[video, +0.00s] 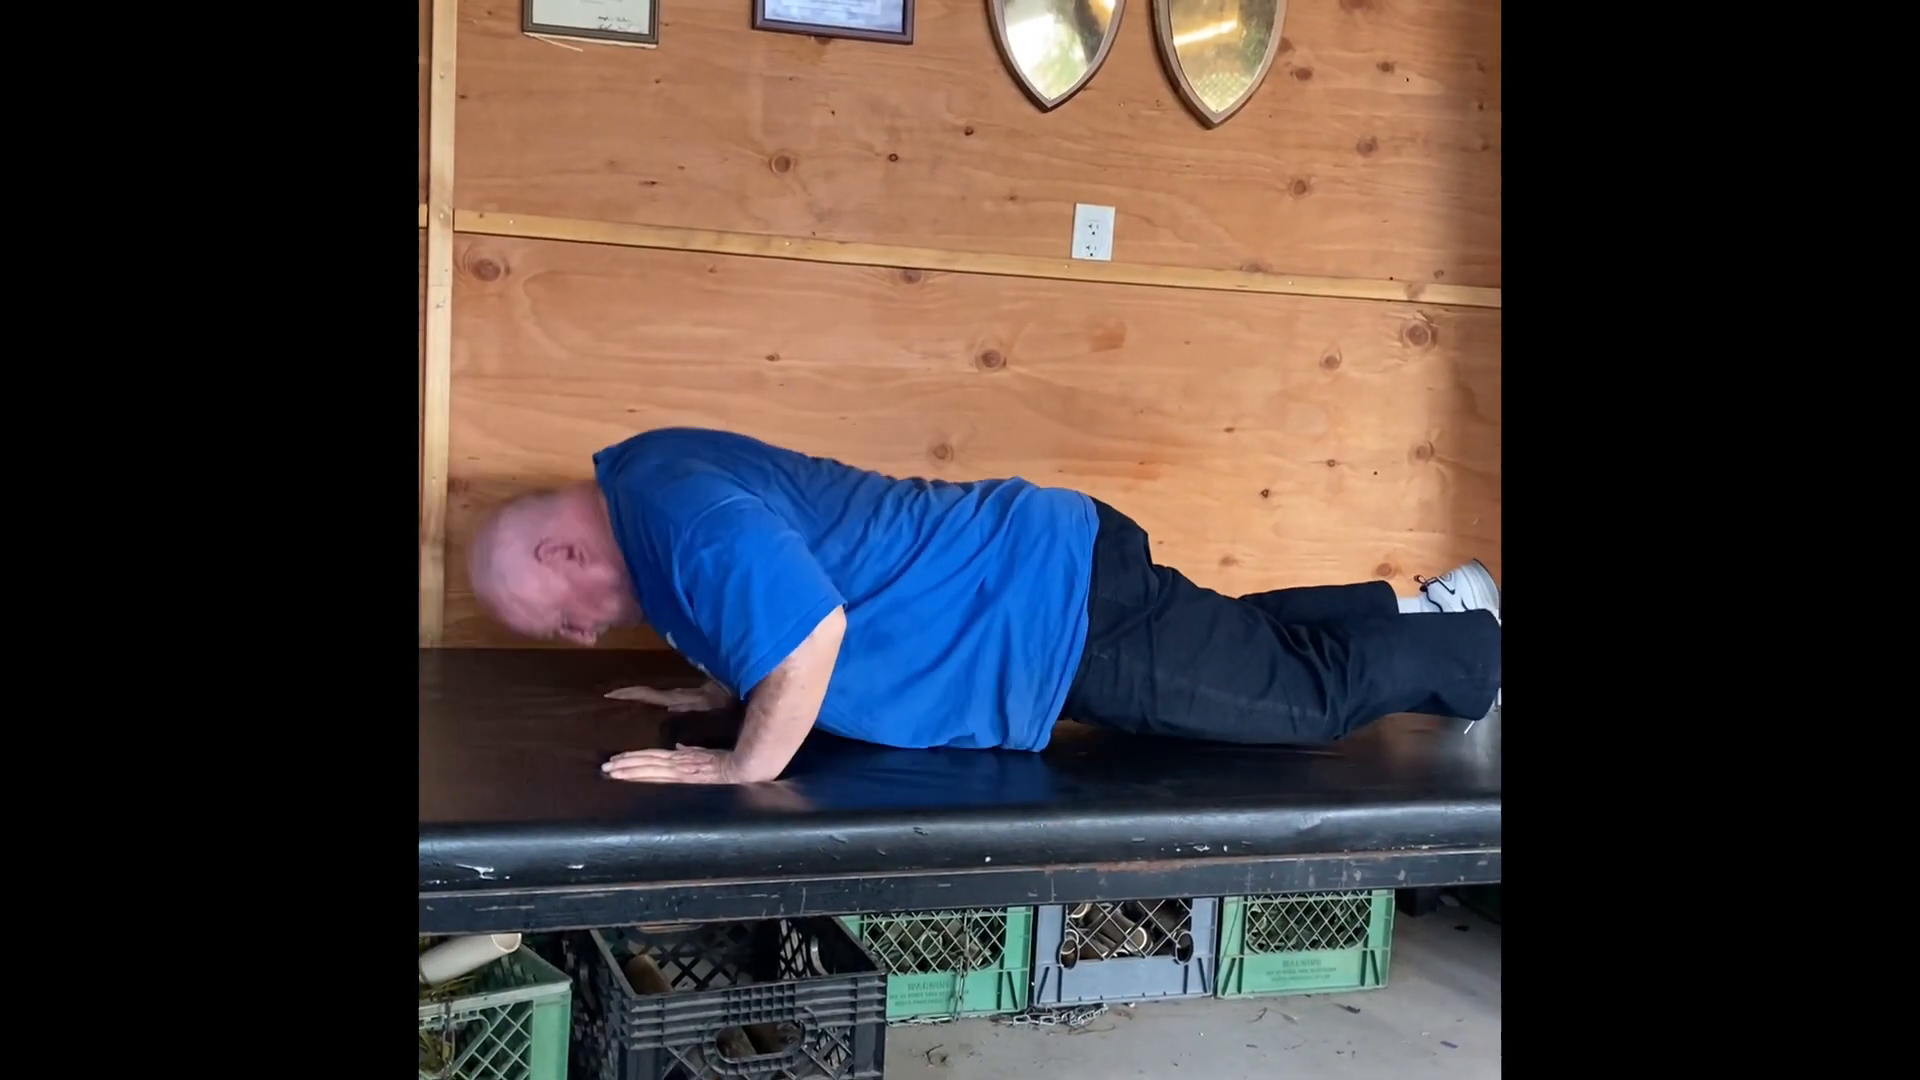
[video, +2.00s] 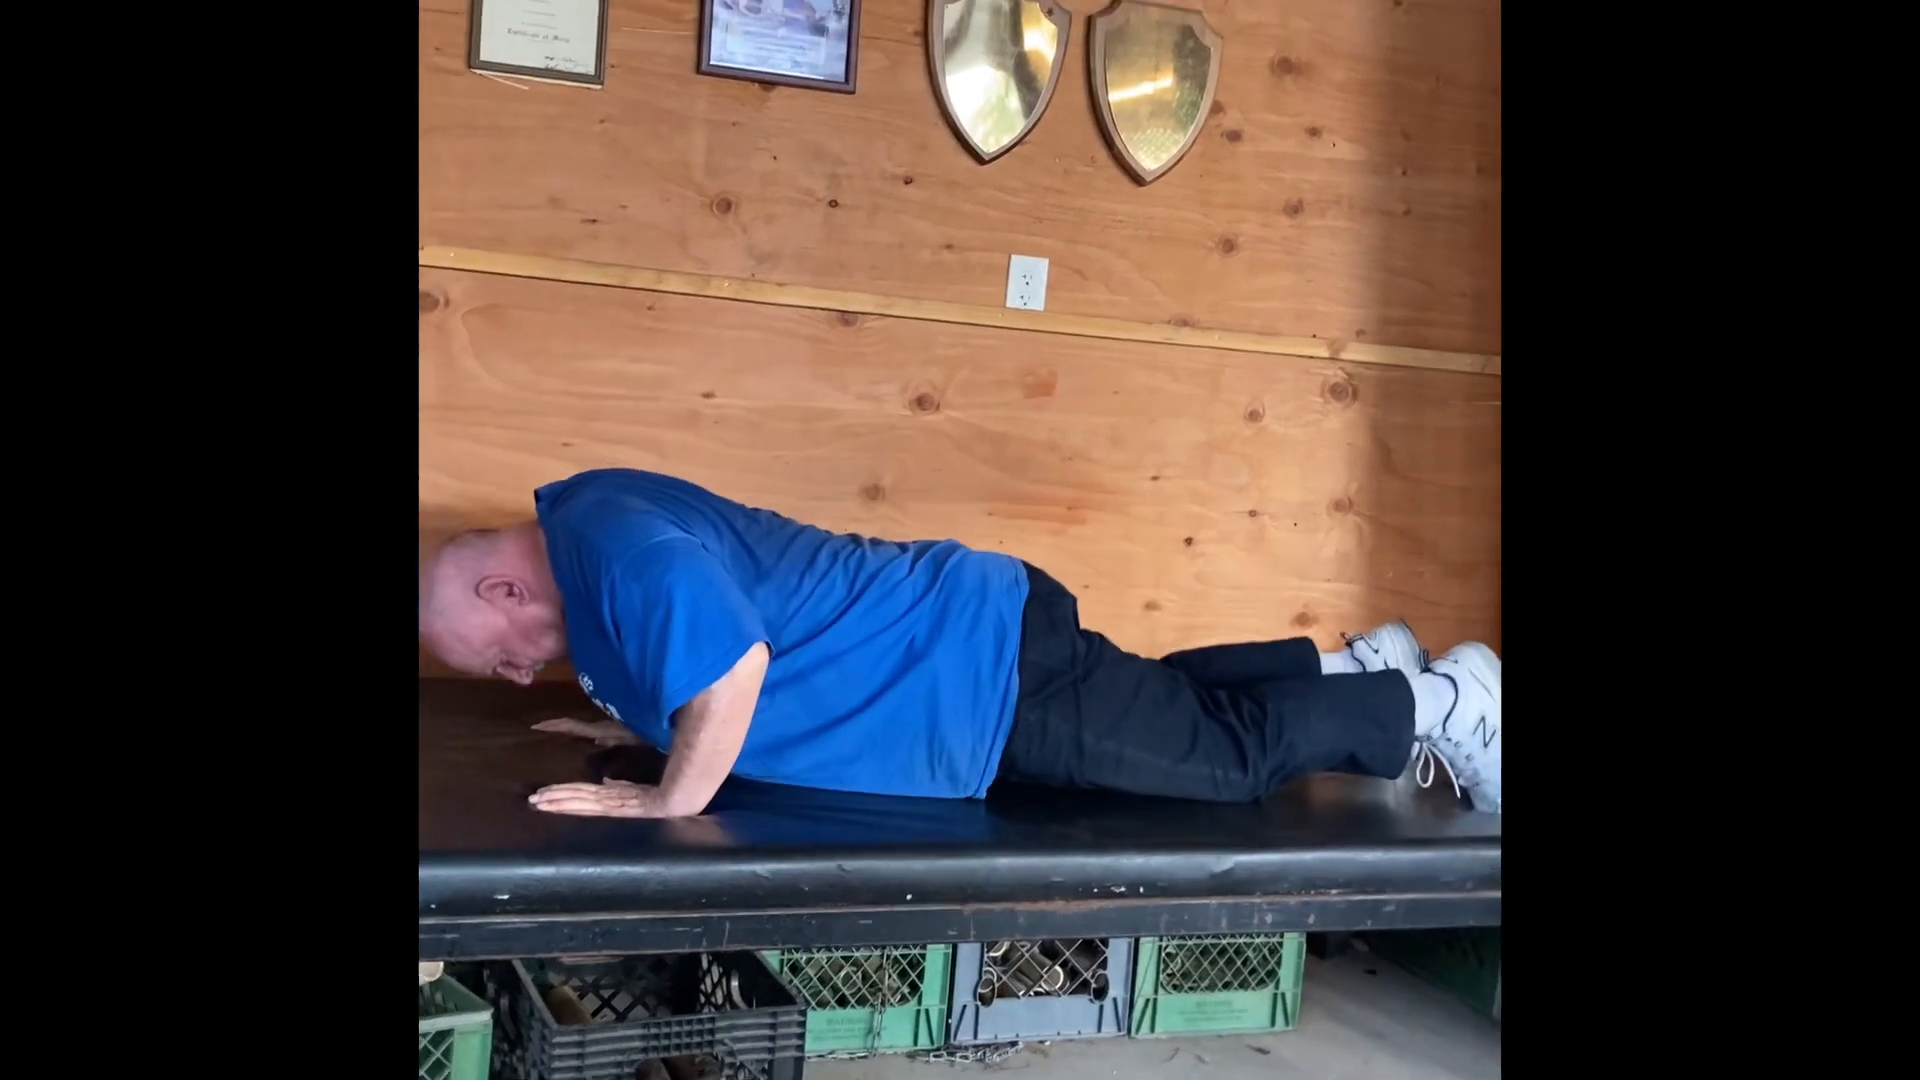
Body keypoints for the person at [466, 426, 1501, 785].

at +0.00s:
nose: (591, 622)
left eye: (568, 613)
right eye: (570, 619)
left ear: (566, 557)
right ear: (559, 528)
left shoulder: (683, 518)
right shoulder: (641, 487)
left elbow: (807, 633)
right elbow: (780, 599)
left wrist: (740, 771)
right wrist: (722, 693)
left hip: (1060, 607)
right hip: (1033, 586)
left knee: (1306, 687)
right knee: (1262, 654)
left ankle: (1479, 648)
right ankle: (1435, 612)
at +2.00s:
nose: (525, 658)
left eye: (502, 648)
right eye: (504, 659)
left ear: (498, 584)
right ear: (498, 577)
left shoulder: (625, 552)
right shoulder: (584, 541)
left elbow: (728, 665)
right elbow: (700, 654)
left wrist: (670, 802)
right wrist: (629, 721)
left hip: (984, 660)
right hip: (955, 680)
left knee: (1215, 755)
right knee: (1172, 710)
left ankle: (1428, 710)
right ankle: (1366, 673)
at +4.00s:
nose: (478, 701)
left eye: (460, 683)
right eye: (461, 695)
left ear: (471, 620)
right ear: (475, 626)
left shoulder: (603, 593)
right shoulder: (558, 608)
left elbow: (694, 737)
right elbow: (674, 726)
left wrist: (625, 867)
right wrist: (601, 787)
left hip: (954, 723)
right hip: (922, 766)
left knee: (1186, 824)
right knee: (1142, 783)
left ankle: (1408, 775)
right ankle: (1341, 738)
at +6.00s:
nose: (534, 684)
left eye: (513, 662)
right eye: (508, 688)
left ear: (514, 601)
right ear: (503, 649)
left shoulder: (642, 614)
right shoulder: (605, 595)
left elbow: (712, 768)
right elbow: (681, 725)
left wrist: (646, 897)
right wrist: (638, 811)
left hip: (985, 750)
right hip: (956, 760)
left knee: (1212, 856)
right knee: (1165, 812)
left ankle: (1420, 807)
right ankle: (1367, 770)